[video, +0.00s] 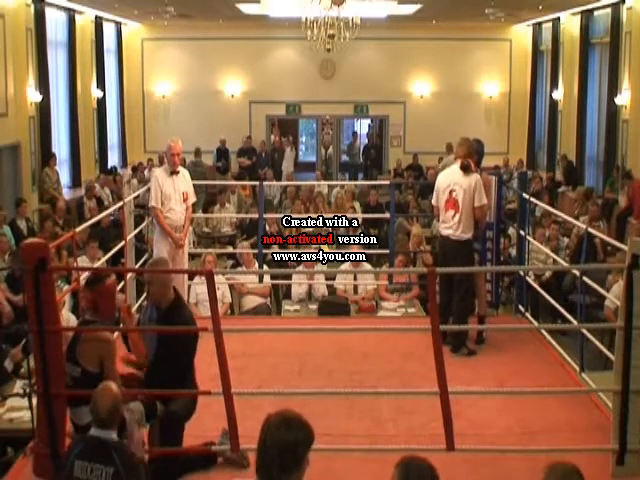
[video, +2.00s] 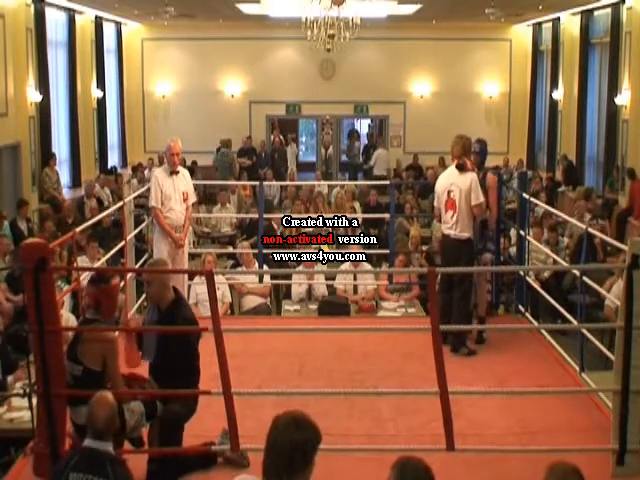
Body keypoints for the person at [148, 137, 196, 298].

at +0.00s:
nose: (176, 159)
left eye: (178, 155)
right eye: (172, 155)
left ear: (182, 155)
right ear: (165, 156)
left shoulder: (185, 173)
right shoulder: (158, 174)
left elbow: (189, 204)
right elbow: (155, 209)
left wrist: (184, 233)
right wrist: (172, 235)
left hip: (182, 227)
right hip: (164, 226)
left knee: (181, 268)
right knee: (163, 266)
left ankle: (181, 302)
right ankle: (163, 304)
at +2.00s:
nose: (175, 159)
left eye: (178, 155)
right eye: (172, 155)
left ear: (181, 155)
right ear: (165, 156)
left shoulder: (185, 174)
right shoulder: (158, 174)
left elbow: (189, 204)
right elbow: (155, 208)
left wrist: (184, 232)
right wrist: (171, 234)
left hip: (182, 226)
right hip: (164, 225)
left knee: (181, 268)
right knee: (163, 267)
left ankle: (181, 302)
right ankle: (162, 303)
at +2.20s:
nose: (175, 158)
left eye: (178, 154)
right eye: (172, 154)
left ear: (182, 155)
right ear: (165, 156)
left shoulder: (185, 173)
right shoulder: (158, 174)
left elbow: (189, 204)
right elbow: (155, 208)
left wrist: (184, 232)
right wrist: (172, 235)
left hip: (182, 227)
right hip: (164, 226)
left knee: (181, 269)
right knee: (163, 268)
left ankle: (181, 303)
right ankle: (163, 305)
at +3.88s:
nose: (176, 159)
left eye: (179, 155)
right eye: (173, 155)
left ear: (182, 155)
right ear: (166, 156)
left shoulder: (185, 174)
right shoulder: (158, 175)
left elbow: (190, 205)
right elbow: (156, 209)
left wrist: (186, 234)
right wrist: (173, 234)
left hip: (183, 228)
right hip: (164, 227)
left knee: (181, 271)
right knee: (163, 270)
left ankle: (182, 305)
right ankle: (163, 307)